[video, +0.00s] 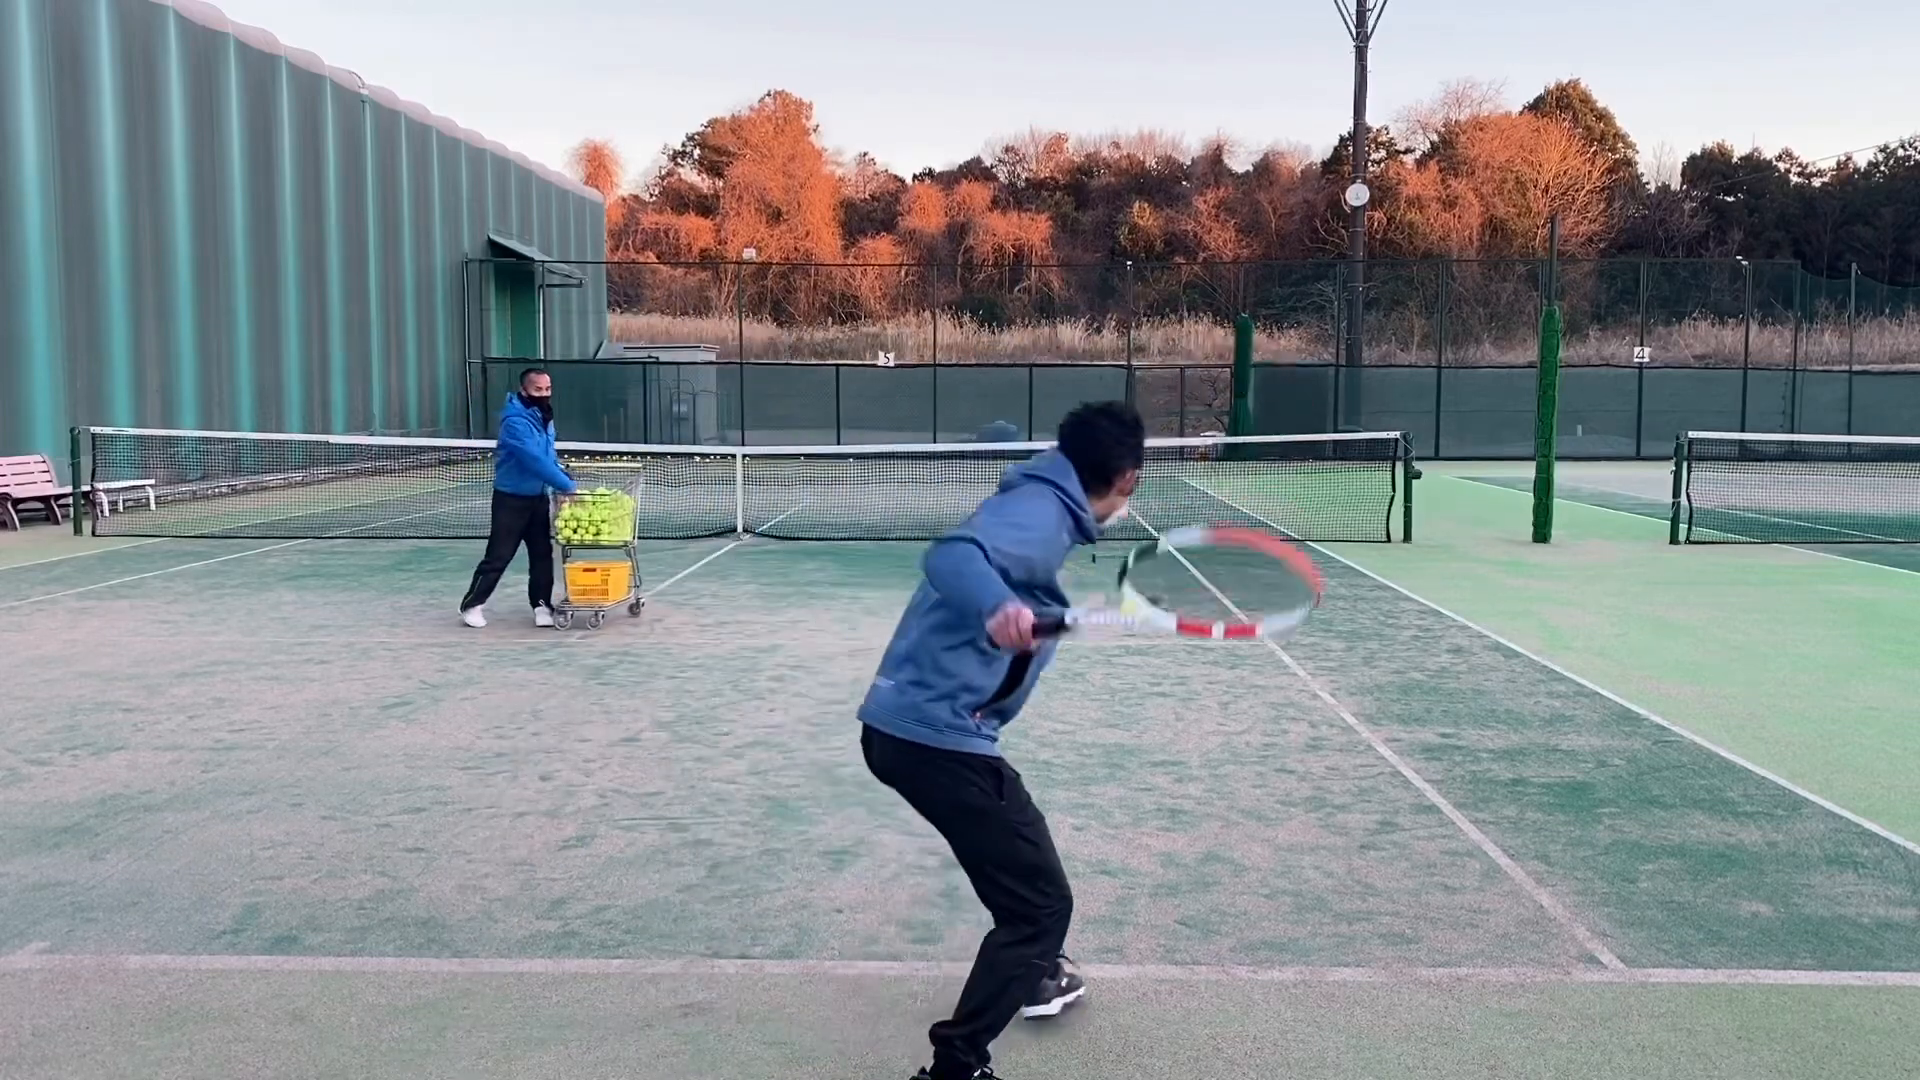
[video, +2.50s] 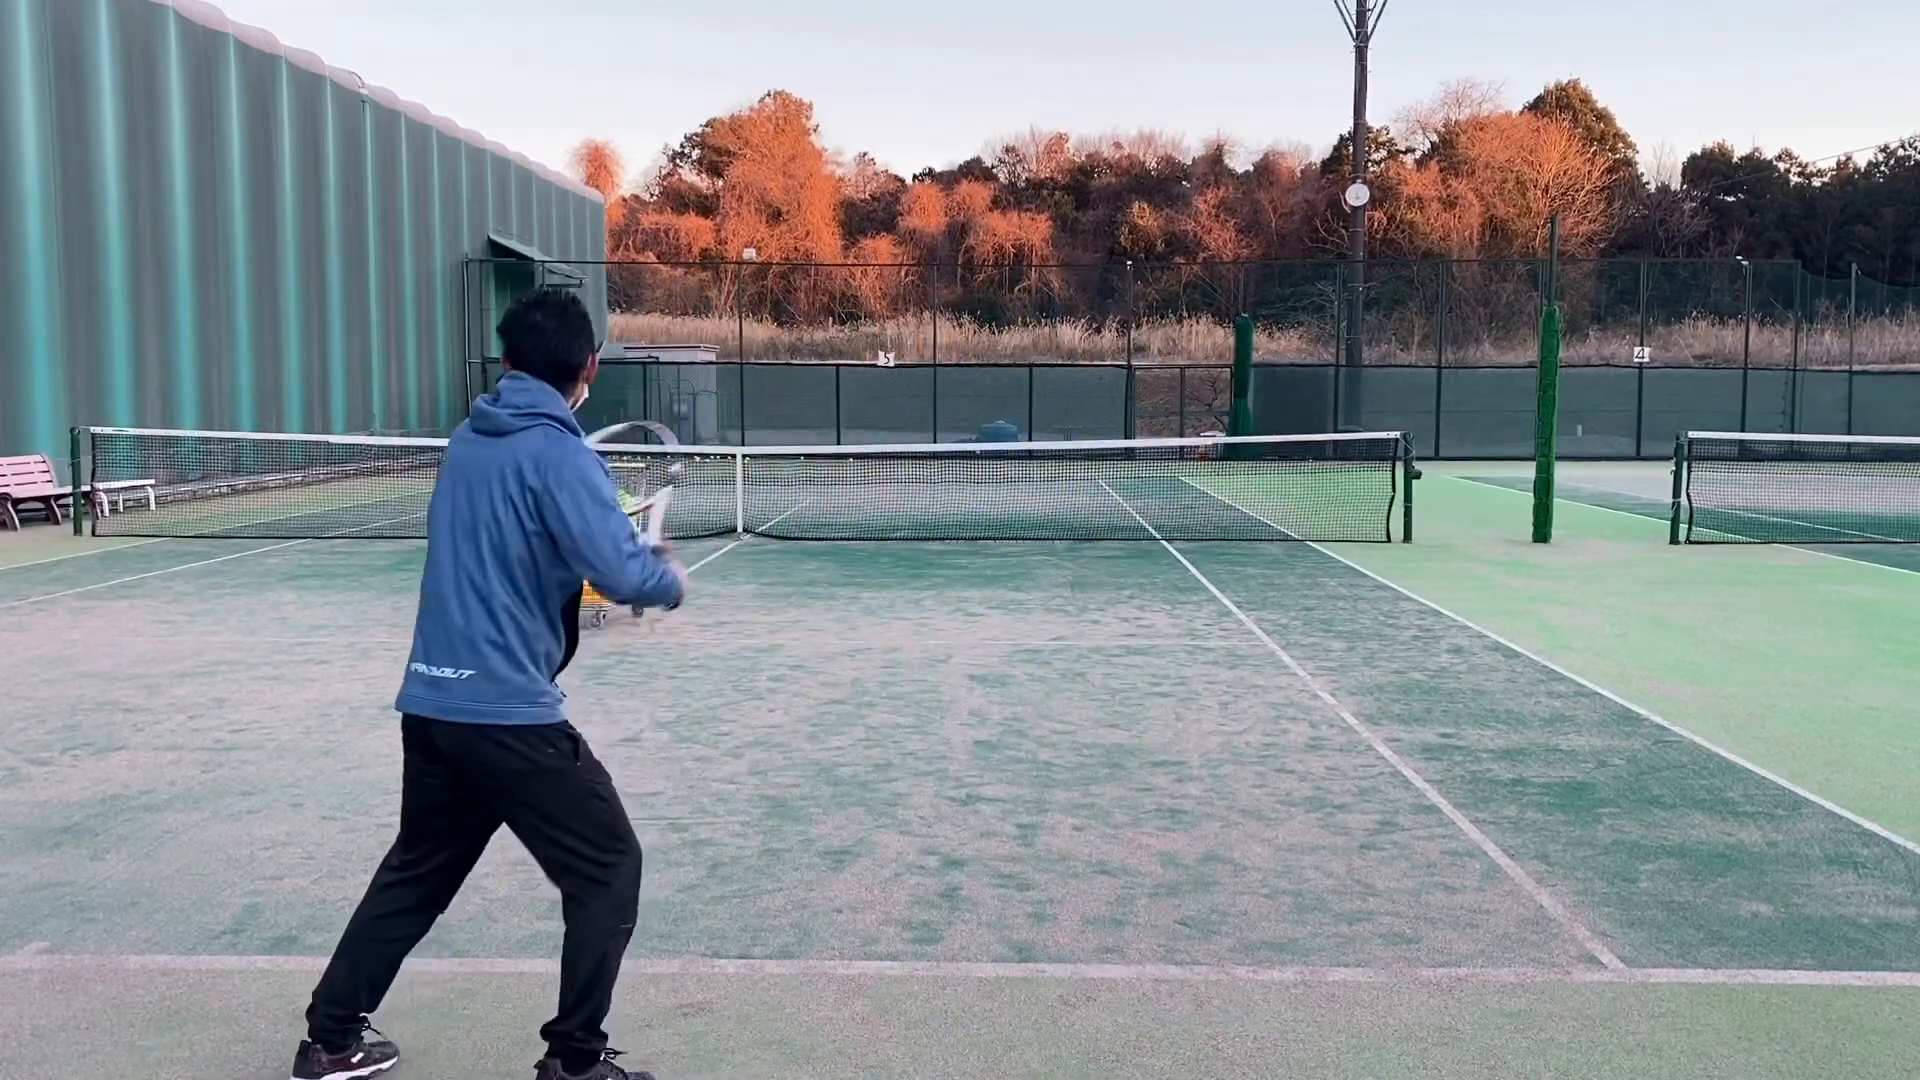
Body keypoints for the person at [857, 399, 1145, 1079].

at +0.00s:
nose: (1127, 499)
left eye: (1131, 486)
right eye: (1129, 486)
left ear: (1073, 459)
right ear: (1109, 482)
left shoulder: (1043, 508)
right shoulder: (1036, 513)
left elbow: (1022, 592)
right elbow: (953, 553)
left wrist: (1073, 616)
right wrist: (997, 605)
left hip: (929, 722)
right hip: (927, 733)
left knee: (1021, 838)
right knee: (1039, 904)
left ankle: (1035, 975)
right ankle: (957, 1061)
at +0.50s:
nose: (1056, 317)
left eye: (1063, 309)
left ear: (1068, 320)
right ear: (1135, 326)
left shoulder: (1045, 395)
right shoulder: (1139, 386)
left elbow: (1034, 499)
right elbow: (1075, 337)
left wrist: (970, 460)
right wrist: (1018, 305)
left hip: (1018, 637)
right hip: (1097, 636)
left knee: (1031, 803)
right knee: (1102, 796)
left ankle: (1063, 961)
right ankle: (1102, 961)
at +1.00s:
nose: (981, 403)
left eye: (983, 393)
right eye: (983, 392)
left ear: (992, 402)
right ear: (1059, 395)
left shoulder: (1019, 477)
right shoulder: (1083, 465)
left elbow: (1019, 594)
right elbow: (1105, 567)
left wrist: (957, 589)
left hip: (1059, 706)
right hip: (1116, 697)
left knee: (940, 791)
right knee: (1146, 835)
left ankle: (979, 950)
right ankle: (1243, 970)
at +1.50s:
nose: (795, 361)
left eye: (794, 351)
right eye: (802, 350)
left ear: (802, 356)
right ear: (872, 350)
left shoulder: (775, 445)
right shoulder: (921, 446)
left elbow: (723, 556)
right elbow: (955, 555)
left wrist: (781, 527)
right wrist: (878, 559)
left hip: (795, 692)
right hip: (892, 692)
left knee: (740, 825)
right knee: (898, 842)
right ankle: (920, 1012)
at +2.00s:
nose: (662, 334)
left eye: (570, 321)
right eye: (659, 323)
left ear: (574, 328)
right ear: (653, 331)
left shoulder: (517, 413)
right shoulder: (678, 433)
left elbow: (457, 511)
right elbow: (698, 557)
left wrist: (530, 523)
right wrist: (627, 560)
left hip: (528, 677)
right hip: (626, 684)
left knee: (493, 830)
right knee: (641, 835)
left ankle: (448, 1003)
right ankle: (606, 1017)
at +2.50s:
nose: (595, 368)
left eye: (593, 357)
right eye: (595, 358)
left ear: (508, 361)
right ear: (587, 370)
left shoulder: (470, 439)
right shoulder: (562, 456)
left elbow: (512, 542)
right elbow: (620, 569)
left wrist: (606, 558)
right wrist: (670, 578)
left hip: (433, 704)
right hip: (511, 713)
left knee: (421, 867)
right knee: (608, 865)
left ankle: (331, 1036)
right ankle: (576, 1054)